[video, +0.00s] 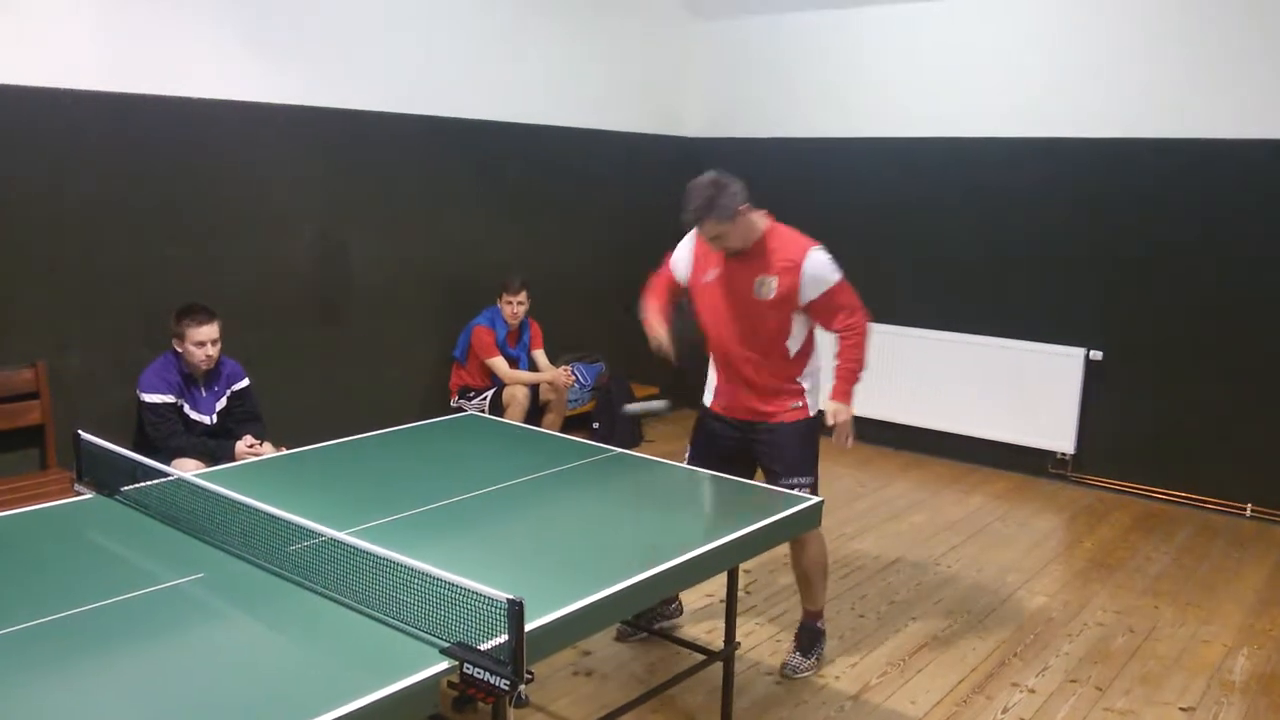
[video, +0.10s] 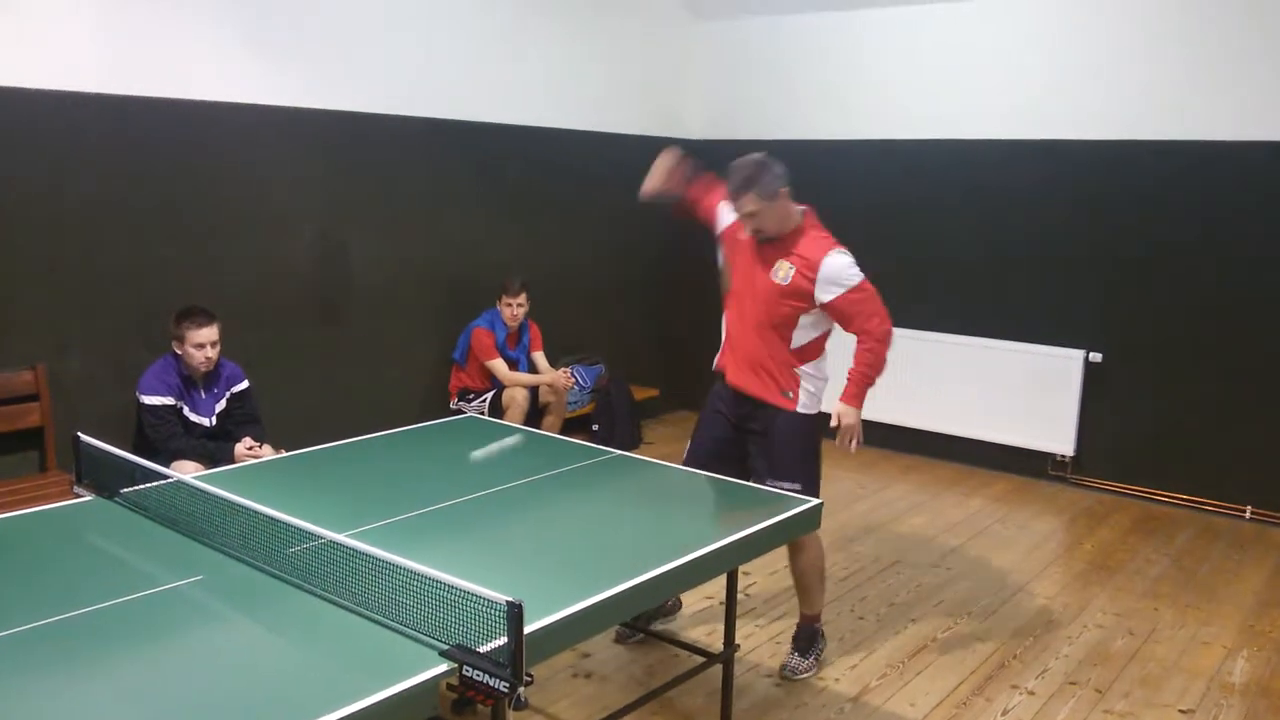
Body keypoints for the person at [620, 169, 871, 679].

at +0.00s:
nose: (713, 244)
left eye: (719, 235)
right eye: (706, 236)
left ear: (747, 214)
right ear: (701, 226)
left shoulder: (801, 258)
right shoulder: (698, 245)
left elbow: (852, 320)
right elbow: (659, 286)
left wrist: (841, 397)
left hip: (786, 413)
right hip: (723, 406)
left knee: (800, 522)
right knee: (689, 504)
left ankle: (812, 629)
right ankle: (664, 597)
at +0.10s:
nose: (747, 221)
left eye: (754, 211)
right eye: (742, 213)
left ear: (784, 197)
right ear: (737, 205)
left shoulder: (825, 259)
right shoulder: (735, 222)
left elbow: (876, 328)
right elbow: (702, 191)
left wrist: (852, 399)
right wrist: (674, 172)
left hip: (788, 411)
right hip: (729, 393)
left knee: (798, 523)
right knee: (687, 499)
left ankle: (809, 631)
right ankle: (660, 594)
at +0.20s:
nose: (763, 220)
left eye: (771, 209)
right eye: (759, 210)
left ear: (805, 198)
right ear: (770, 198)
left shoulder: (831, 267)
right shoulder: (797, 210)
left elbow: (870, 345)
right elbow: (799, 163)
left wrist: (844, 412)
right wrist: (783, 120)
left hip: (793, 408)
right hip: (739, 382)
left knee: (797, 523)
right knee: (685, 483)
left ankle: (808, 632)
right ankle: (657, 586)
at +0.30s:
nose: (776, 216)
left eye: (784, 205)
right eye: (771, 207)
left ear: (818, 194)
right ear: (784, 199)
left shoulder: (837, 266)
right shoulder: (825, 217)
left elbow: (861, 349)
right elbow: (860, 192)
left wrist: (830, 412)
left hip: (794, 407)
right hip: (746, 381)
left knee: (801, 521)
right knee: (685, 464)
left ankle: (809, 628)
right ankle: (674, 577)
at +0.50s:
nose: (796, 203)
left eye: (806, 194)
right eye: (791, 193)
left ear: (838, 190)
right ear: (789, 191)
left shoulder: (866, 255)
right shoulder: (798, 234)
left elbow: (885, 333)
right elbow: (797, 307)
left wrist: (834, 379)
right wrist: (775, 363)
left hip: (820, 412)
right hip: (766, 392)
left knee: (818, 518)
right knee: (734, 477)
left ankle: (813, 629)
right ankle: (790, 534)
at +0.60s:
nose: (799, 204)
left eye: (810, 195)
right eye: (794, 194)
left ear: (839, 193)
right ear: (791, 193)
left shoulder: (868, 253)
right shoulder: (783, 245)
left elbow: (901, 321)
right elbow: (763, 313)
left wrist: (862, 374)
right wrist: (729, 370)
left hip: (828, 409)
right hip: (779, 399)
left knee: (820, 515)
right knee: (777, 494)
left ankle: (811, 628)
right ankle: (838, 547)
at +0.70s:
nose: (791, 213)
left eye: (801, 205)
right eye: (787, 205)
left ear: (832, 205)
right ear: (785, 205)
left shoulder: (860, 264)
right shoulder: (776, 256)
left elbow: (903, 329)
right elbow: (740, 295)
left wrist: (889, 386)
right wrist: (697, 313)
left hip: (835, 408)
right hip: (787, 403)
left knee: (806, 506)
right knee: (810, 493)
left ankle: (805, 626)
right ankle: (848, 557)